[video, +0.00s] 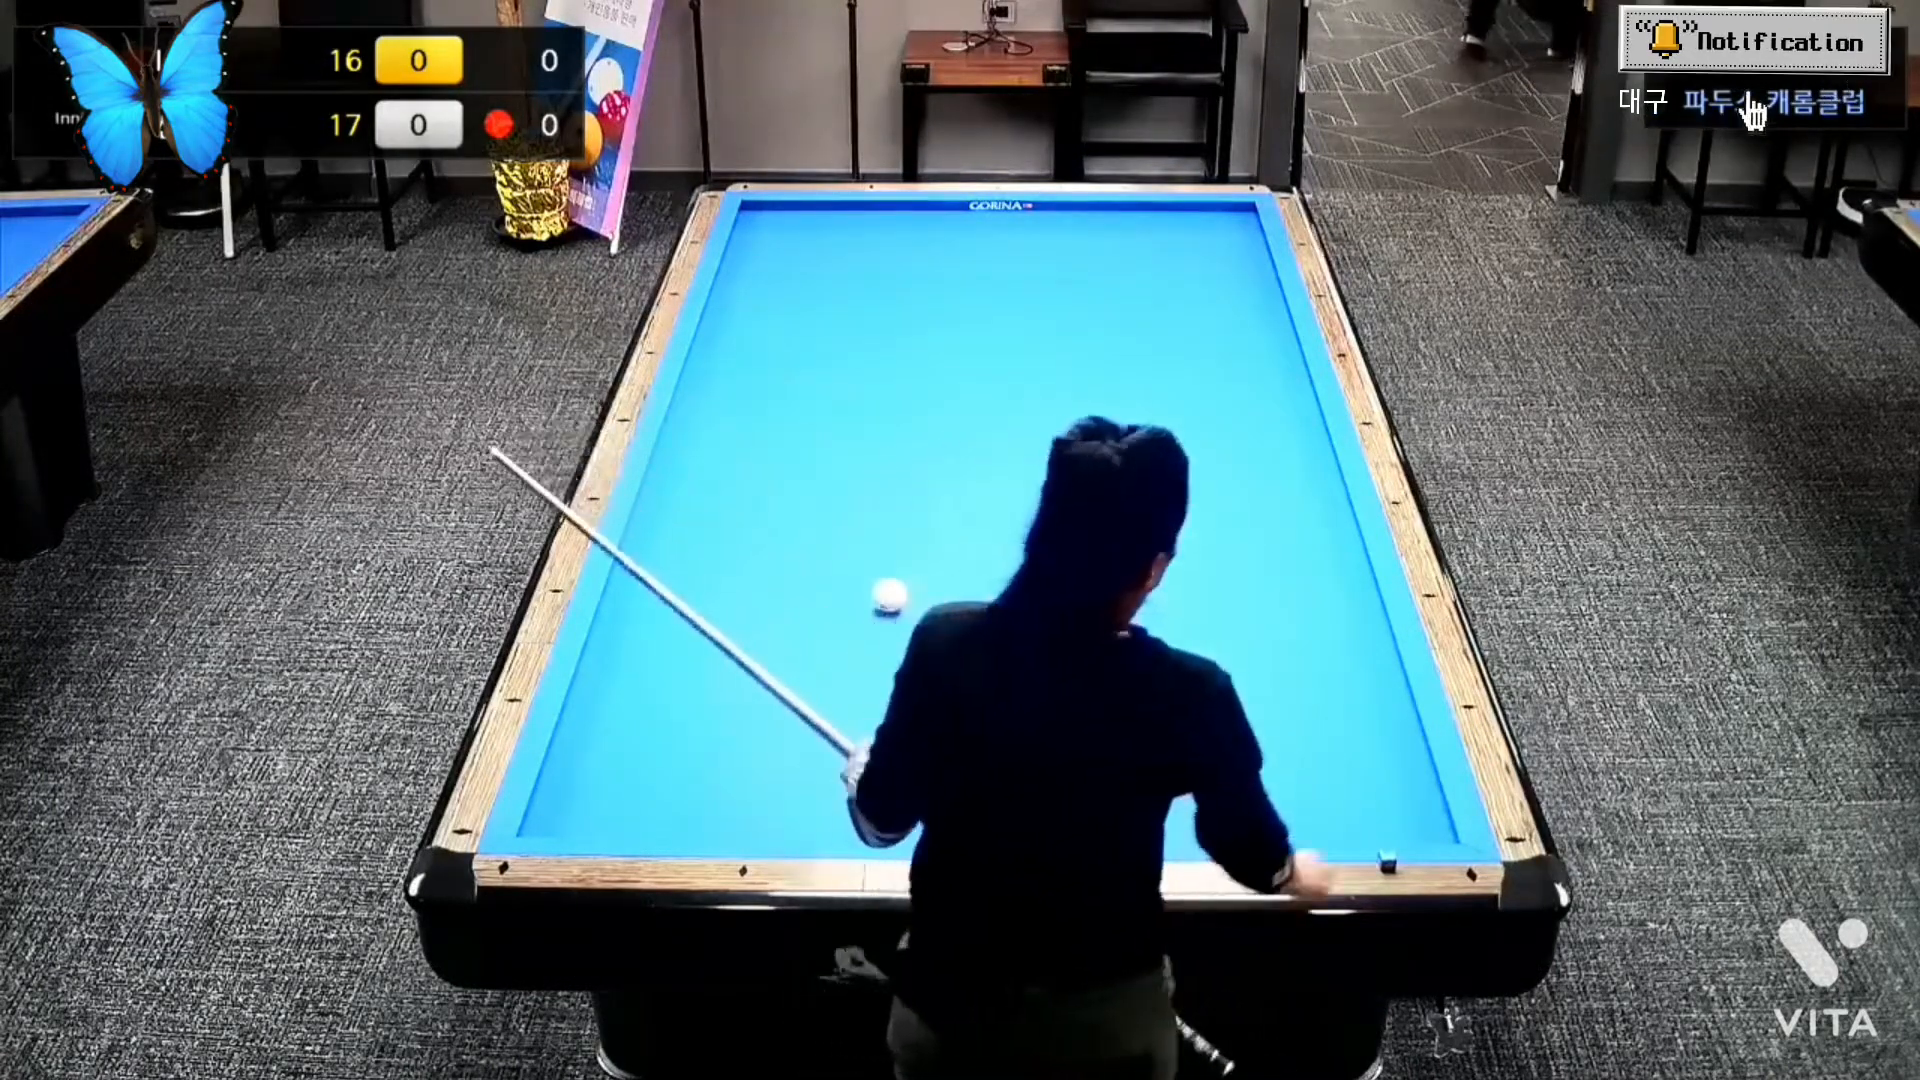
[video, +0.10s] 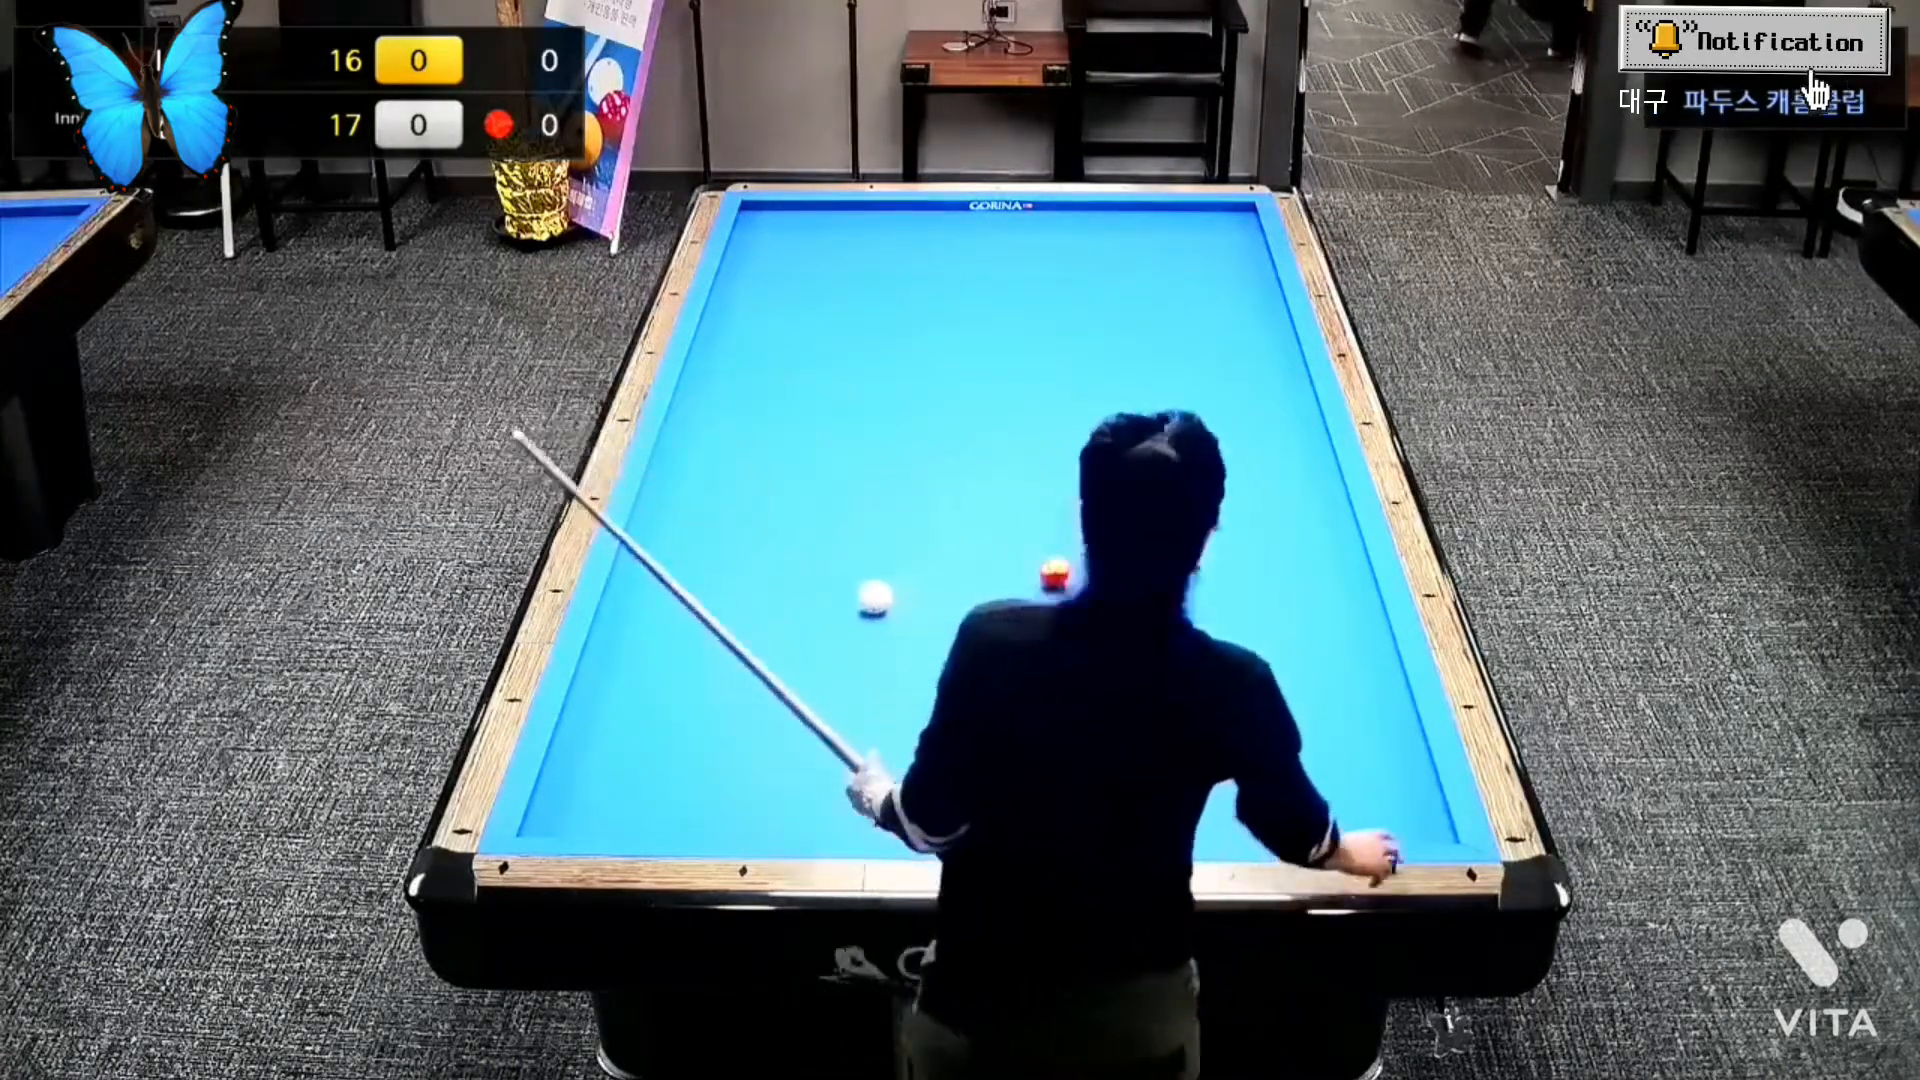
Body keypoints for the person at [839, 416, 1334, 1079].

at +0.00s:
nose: (1165, 568)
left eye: (1166, 549)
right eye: (1168, 550)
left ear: (1048, 529)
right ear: (1152, 564)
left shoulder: (948, 643)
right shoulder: (1187, 692)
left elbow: (881, 819)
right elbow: (1246, 842)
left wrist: (862, 773)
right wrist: (1288, 877)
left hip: (948, 1004)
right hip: (1111, 1010)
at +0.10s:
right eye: (1210, 517)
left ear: (1087, 515)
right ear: (1205, 532)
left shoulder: (997, 640)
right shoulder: (1230, 683)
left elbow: (932, 822)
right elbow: (1290, 822)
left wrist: (881, 800)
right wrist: (1347, 854)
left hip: (978, 997)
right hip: (1141, 1001)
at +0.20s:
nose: (1100, 509)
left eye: (1104, 497)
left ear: (1115, 514)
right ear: (1228, 515)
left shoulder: (1028, 637)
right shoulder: (1257, 669)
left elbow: (966, 820)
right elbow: (1308, 795)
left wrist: (893, 810)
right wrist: (1365, 844)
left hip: (1005, 994)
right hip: (1163, 995)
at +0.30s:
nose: (1110, 517)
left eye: (1113, 499)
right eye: (1117, 498)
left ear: (1126, 515)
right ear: (1231, 508)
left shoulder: (1047, 636)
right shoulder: (1264, 648)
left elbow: (991, 825)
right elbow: (1312, 788)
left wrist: (905, 822)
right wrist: (1368, 844)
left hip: (1026, 990)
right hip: (1178, 989)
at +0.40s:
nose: (1111, 519)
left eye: (1116, 500)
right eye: (1117, 498)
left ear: (1129, 520)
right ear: (1226, 510)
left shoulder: (1055, 636)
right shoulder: (1264, 645)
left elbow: (999, 830)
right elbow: (1311, 787)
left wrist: (898, 821)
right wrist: (1365, 848)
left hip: (1032, 987)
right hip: (1183, 984)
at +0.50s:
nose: (1108, 523)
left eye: (1112, 503)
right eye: (1113, 500)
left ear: (1125, 524)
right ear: (1225, 516)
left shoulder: (1056, 643)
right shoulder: (1263, 645)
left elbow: (995, 836)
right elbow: (1300, 795)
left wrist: (874, 822)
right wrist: (1351, 848)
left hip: (1034, 988)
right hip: (1185, 985)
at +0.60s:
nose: (1089, 531)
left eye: (1090, 510)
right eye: (1094, 508)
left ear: (1104, 531)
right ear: (1218, 520)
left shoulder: (1037, 652)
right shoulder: (1255, 654)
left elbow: (981, 850)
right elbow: (1277, 825)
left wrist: (851, 859)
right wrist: (1311, 840)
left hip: (1026, 994)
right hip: (1175, 989)